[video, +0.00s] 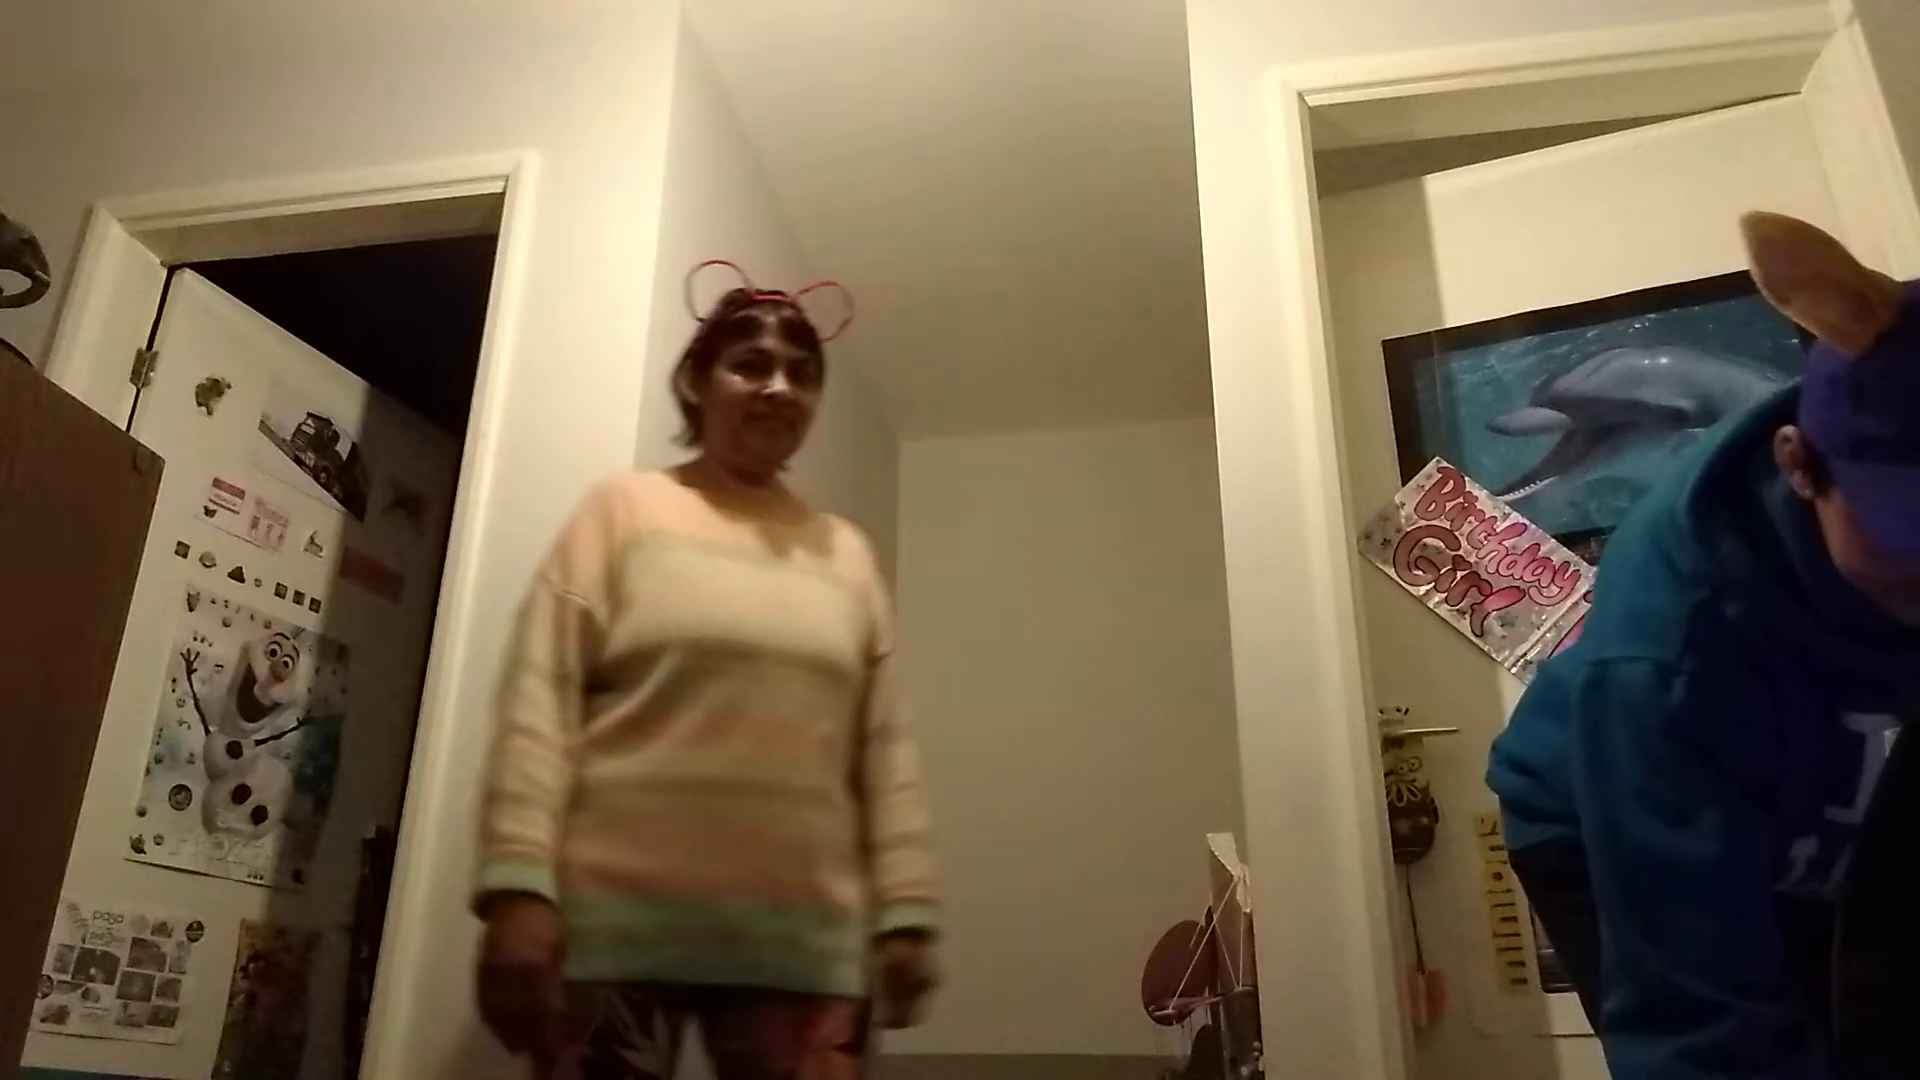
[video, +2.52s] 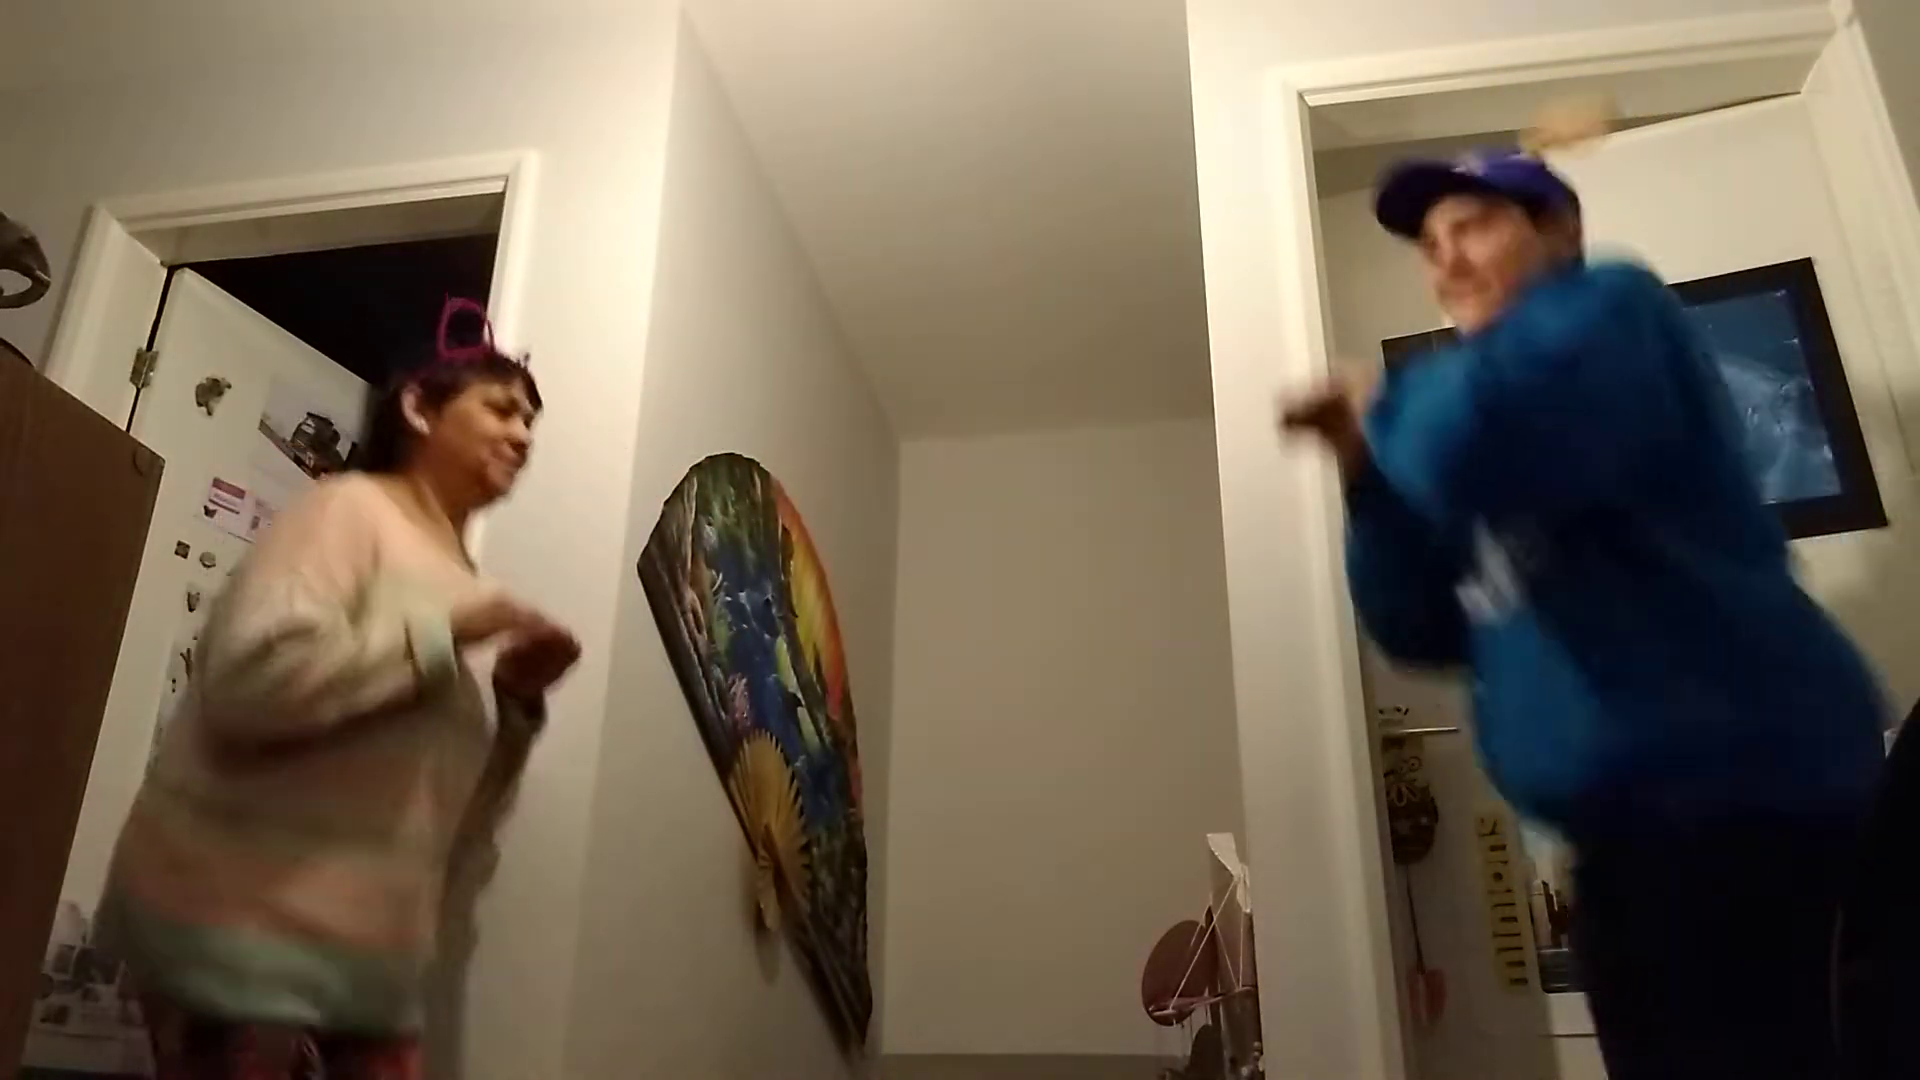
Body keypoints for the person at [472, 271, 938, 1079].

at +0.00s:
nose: (778, 389)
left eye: (800, 373)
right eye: (750, 366)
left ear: (817, 399)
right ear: (696, 383)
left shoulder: (846, 553)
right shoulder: (621, 512)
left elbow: (885, 747)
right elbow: (537, 704)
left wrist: (906, 918)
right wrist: (518, 891)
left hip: (800, 947)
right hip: (612, 937)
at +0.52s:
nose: (726, 410)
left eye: (740, 396)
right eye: (707, 378)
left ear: (741, 417)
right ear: (630, 370)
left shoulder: (673, 541)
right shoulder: (551, 482)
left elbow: (656, 768)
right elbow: (472, 694)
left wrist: (667, 940)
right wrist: (484, 902)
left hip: (615, 955)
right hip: (499, 938)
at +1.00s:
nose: (662, 475)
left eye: (673, 465)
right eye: (650, 446)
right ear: (574, 429)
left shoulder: (576, 583)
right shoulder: (479, 517)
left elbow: (563, 779)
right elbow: (373, 706)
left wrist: (564, 945)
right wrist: (357, 914)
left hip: (443, 955)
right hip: (349, 930)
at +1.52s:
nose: (540, 445)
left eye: (550, 431)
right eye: (523, 416)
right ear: (446, 400)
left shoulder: (468, 573)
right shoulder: (346, 490)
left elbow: (449, 735)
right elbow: (225, 656)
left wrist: (506, 819)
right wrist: (410, 754)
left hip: (334, 953)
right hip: (200, 924)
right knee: (168, 1068)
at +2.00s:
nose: (463, 411)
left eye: (470, 399)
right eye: (442, 381)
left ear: (468, 419)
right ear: (364, 376)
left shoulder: (418, 552)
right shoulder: (287, 476)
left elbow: (433, 761)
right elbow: (229, 633)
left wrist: (483, 649)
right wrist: (422, 584)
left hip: (346, 923)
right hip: (216, 904)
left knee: (318, 1068)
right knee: (184, 1063)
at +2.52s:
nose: (521, 436)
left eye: (527, 425)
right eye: (500, 409)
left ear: (521, 453)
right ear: (419, 407)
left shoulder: (458, 575)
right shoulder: (345, 507)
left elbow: (445, 834)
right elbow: (247, 683)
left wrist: (517, 717)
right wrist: (441, 632)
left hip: (364, 953)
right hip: (240, 932)